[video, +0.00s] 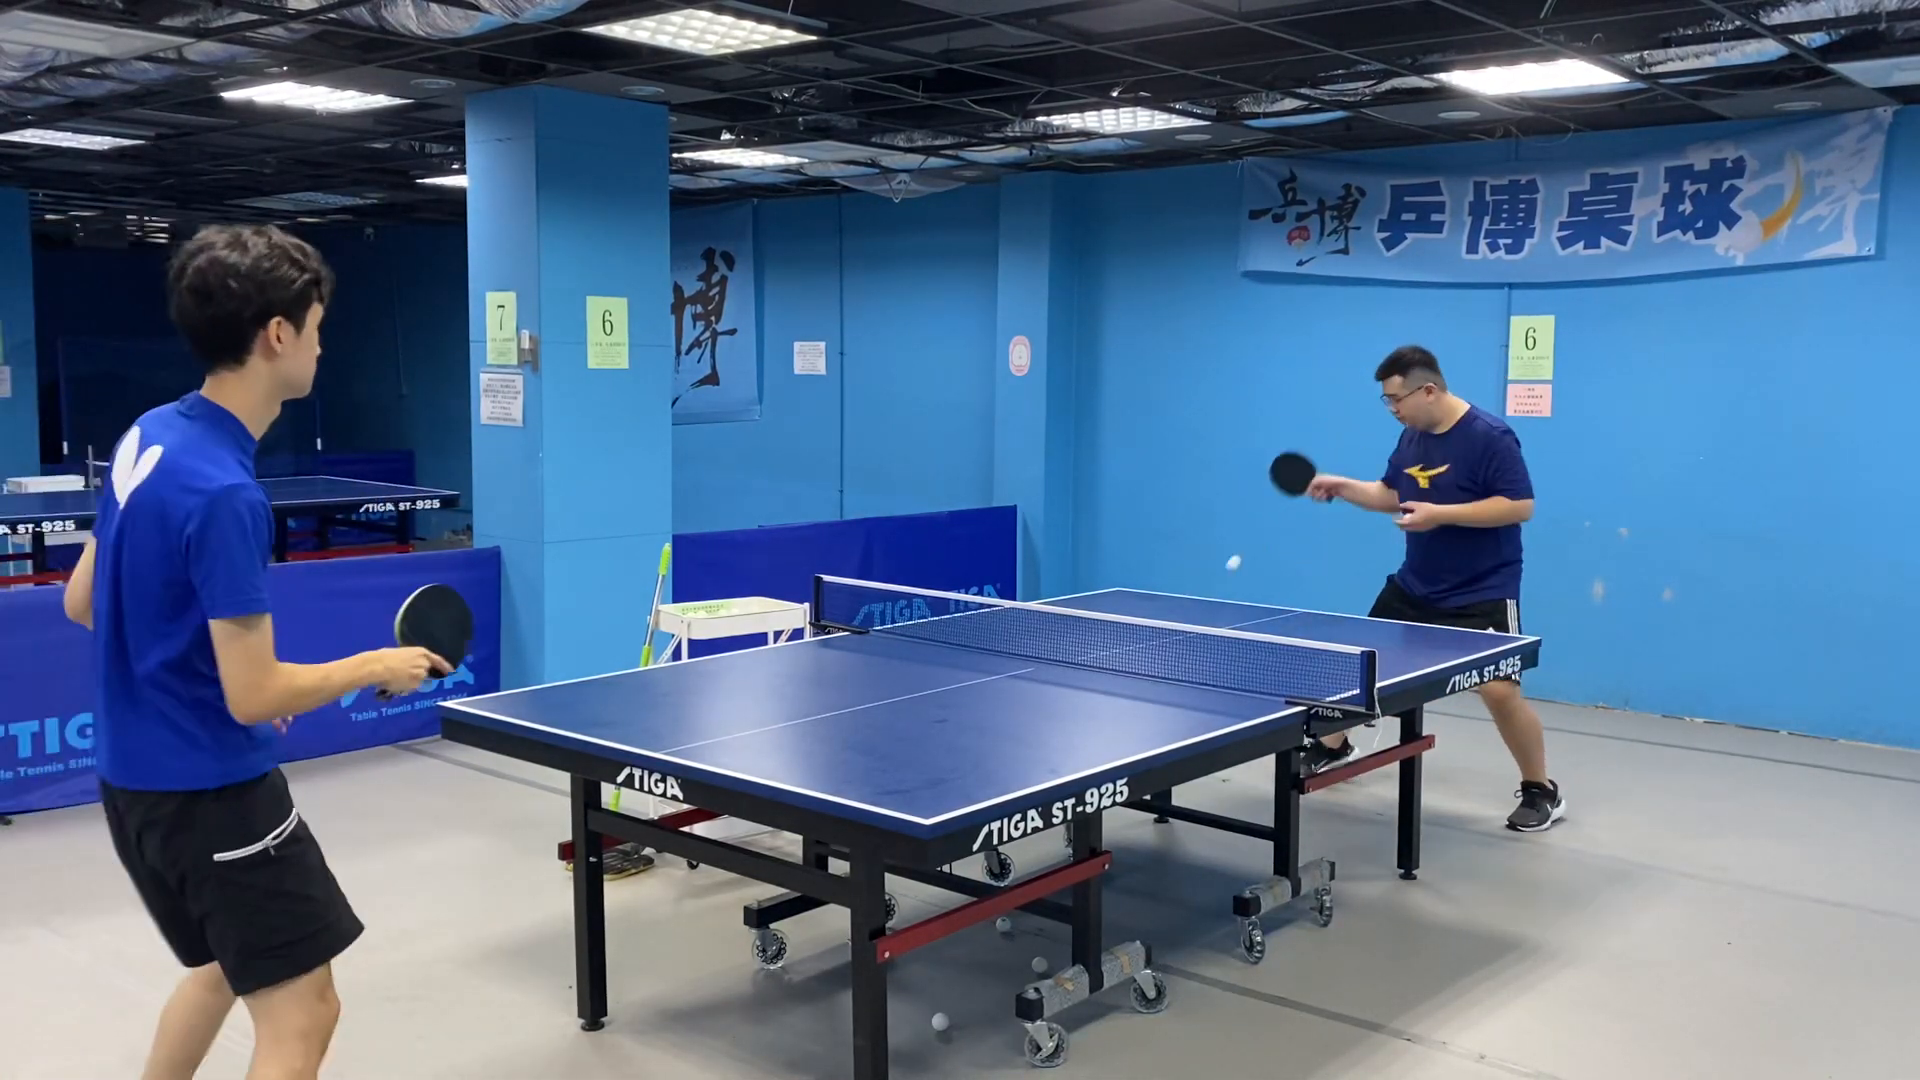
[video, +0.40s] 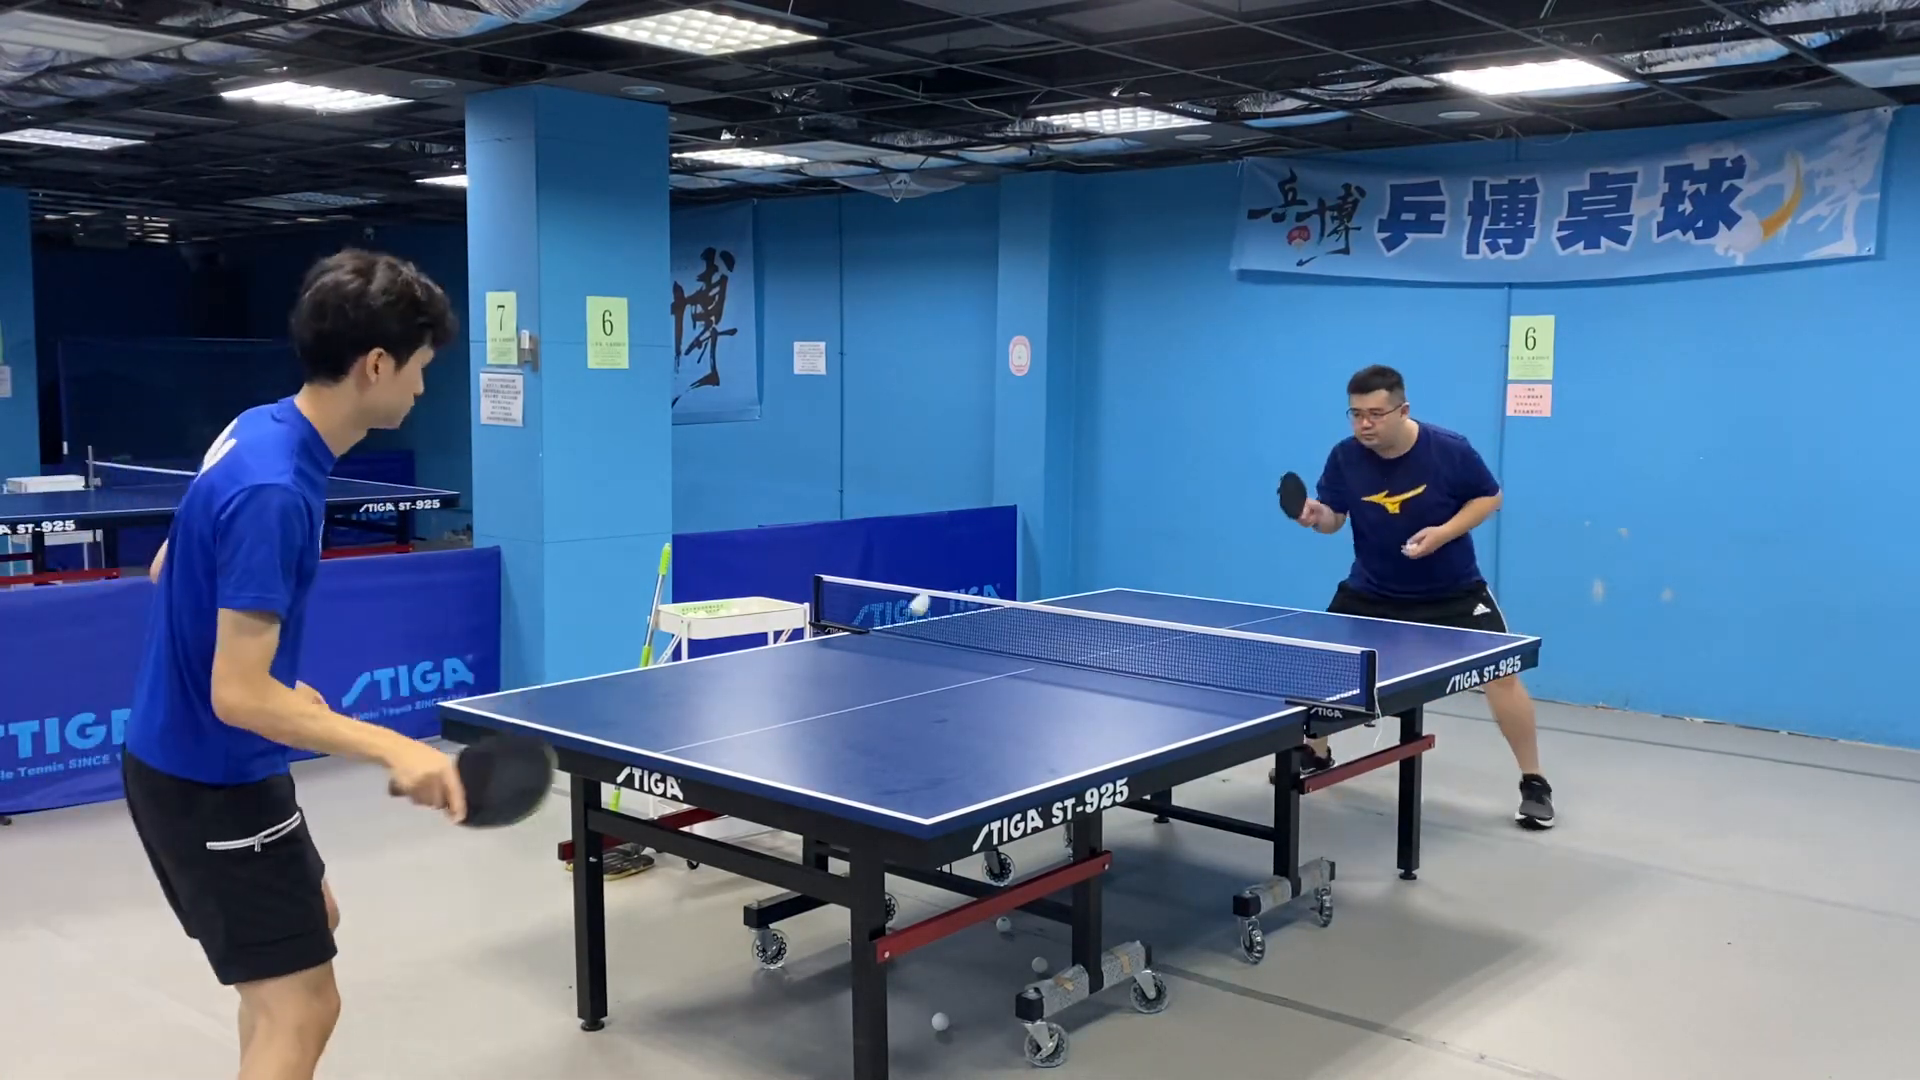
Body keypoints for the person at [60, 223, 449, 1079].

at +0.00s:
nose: (320, 351)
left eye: (320, 330)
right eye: (316, 330)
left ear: (224, 331)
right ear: (274, 335)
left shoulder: (149, 435)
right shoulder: (226, 493)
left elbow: (85, 600)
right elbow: (257, 694)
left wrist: (232, 673)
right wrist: (373, 666)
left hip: (140, 780)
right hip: (215, 791)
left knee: (217, 968)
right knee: (301, 1014)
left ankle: (158, 1078)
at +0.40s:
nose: (423, 386)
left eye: (427, 367)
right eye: (421, 366)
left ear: (355, 357)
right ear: (375, 363)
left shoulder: (261, 433)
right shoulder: (272, 489)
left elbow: (170, 568)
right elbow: (240, 694)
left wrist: (275, 681)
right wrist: (395, 750)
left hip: (192, 754)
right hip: (212, 774)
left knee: (279, 986)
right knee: (303, 1009)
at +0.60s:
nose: (434, 405)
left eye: (439, 388)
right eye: (433, 385)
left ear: (376, 375)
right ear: (381, 376)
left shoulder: (290, 448)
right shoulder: (279, 488)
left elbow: (240, 634)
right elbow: (225, 674)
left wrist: (306, 695)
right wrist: (347, 736)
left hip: (237, 744)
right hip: (205, 762)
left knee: (318, 915)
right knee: (291, 1007)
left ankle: (260, 1062)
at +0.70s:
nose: (422, 393)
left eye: (426, 375)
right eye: (418, 372)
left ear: (358, 363)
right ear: (367, 367)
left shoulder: (261, 430)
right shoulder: (284, 478)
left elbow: (179, 569)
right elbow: (287, 657)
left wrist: (278, 675)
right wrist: (443, 655)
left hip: (218, 738)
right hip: (204, 755)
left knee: (306, 914)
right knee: (275, 1001)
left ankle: (254, 1061)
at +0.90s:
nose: (377, 359)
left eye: (377, 339)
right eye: (373, 339)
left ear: (288, 338)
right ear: (331, 344)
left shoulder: (203, 427)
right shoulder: (302, 472)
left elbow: (136, 577)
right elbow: (423, 570)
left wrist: (251, 662)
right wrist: (447, 465)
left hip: (162, 739)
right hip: (205, 756)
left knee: (288, 913)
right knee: (228, 1018)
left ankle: (259, 1073)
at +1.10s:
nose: (334, 359)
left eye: (333, 339)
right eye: (330, 340)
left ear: (230, 344)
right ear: (296, 351)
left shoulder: (160, 449)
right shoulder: (275, 494)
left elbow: (87, 611)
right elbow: (377, 626)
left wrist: (197, 665)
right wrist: (371, 520)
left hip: (130, 773)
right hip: (184, 797)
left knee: (272, 939)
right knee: (211, 1062)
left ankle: (257, 1077)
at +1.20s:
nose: (323, 369)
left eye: (320, 349)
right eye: (318, 350)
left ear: (211, 357)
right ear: (282, 362)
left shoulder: (139, 462)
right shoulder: (257, 513)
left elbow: (54, 621)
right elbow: (346, 685)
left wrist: (182, 626)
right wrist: (384, 586)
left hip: (80, 803)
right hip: (157, 819)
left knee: (217, 1039)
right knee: (213, 1060)